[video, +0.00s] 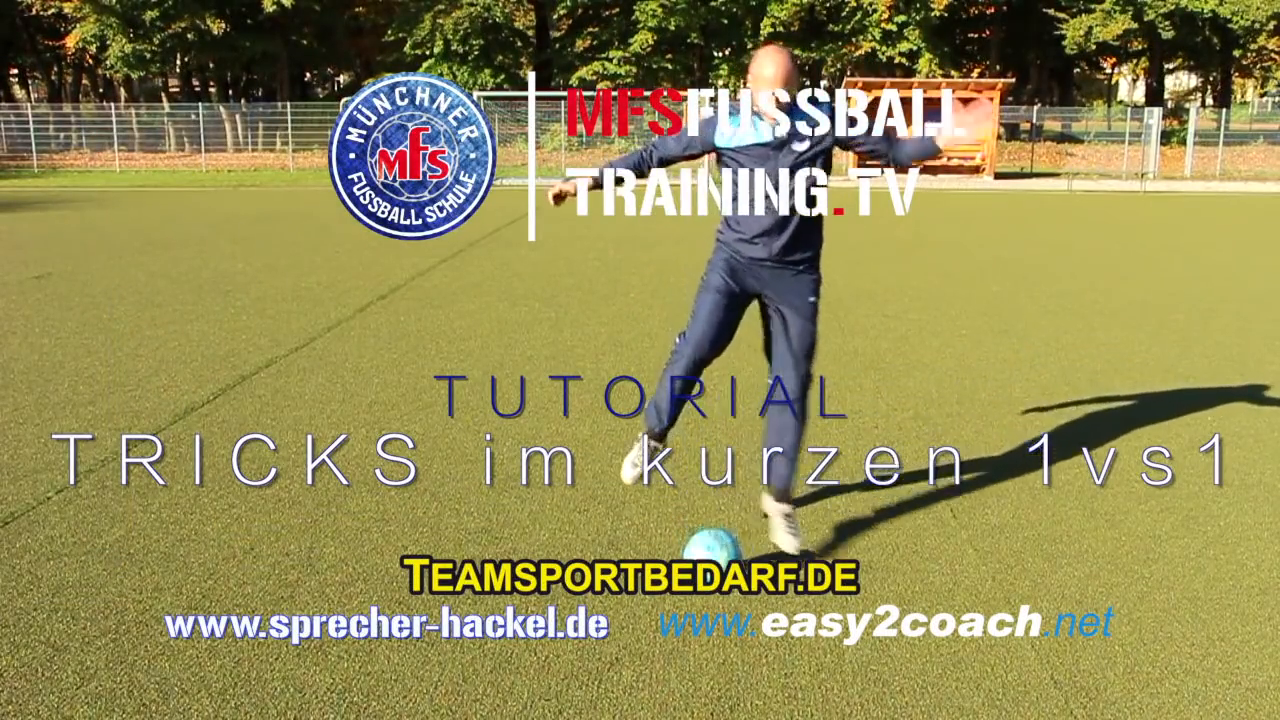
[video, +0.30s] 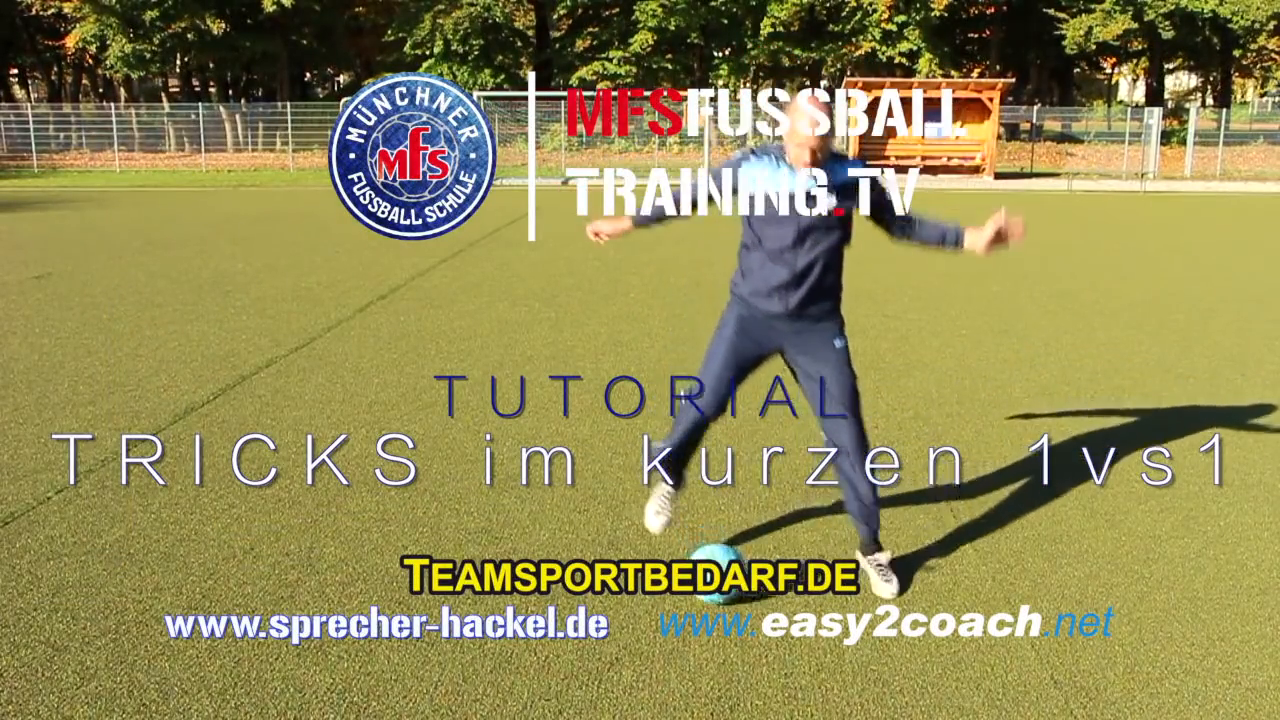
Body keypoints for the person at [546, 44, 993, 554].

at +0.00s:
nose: (772, 101)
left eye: (781, 92)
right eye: (765, 91)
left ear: (794, 88)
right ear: (750, 87)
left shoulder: (823, 121)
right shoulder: (724, 127)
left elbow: (890, 149)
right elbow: (655, 153)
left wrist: (950, 140)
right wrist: (588, 179)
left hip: (795, 271)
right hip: (733, 261)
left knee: (792, 382)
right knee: (694, 352)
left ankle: (779, 497)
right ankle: (653, 436)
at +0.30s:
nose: (818, 120)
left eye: (825, 114)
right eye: (808, 112)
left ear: (831, 127)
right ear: (785, 124)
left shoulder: (852, 176)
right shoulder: (751, 167)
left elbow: (901, 223)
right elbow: (690, 195)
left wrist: (971, 237)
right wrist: (631, 220)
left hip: (817, 324)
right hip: (750, 315)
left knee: (849, 436)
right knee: (703, 405)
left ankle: (872, 549)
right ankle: (667, 479)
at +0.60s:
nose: (821, 239)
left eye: (831, 230)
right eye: (812, 229)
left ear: (843, 220)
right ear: (794, 215)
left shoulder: (854, 267)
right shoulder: (755, 231)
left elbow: (886, 341)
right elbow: (727, 265)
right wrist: (706, 293)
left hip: (815, 378)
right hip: (746, 369)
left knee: (864, 481)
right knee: (719, 464)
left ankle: (875, 558)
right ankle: (737, 553)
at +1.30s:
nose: (571, 149)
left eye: (583, 138)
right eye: (560, 137)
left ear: (604, 136)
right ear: (544, 137)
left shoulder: (651, 198)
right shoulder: (524, 201)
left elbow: (722, 266)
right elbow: (468, 262)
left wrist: (793, 324)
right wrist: (415, 314)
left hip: (625, 389)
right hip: (550, 390)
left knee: (612, 533)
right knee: (549, 531)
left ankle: (593, 661)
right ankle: (610, 564)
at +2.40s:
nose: (302, 157)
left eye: (305, 143)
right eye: (290, 143)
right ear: (243, 133)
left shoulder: (265, 212)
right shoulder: (175, 216)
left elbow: (240, 325)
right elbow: (115, 342)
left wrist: (249, 414)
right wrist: (109, 455)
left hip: (247, 427)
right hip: (187, 436)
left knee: (249, 573)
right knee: (186, 596)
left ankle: (208, 700)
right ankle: (131, 712)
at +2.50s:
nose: (316, 150)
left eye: (319, 137)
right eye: (305, 138)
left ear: (275, 132)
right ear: (261, 129)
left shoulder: (265, 194)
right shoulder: (194, 207)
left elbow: (245, 313)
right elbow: (144, 334)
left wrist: (261, 401)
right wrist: (154, 442)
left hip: (256, 415)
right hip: (212, 425)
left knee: (247, 576)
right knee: (250, 588)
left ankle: (213, 697)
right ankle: (204, 711)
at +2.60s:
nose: (330, 143)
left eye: (331, 130)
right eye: (319, 131)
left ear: (284, 125)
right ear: (275, 123)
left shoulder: (271, 191)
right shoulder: (215, 201)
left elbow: (277, 303)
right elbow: (172, 330)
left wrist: (294, 384)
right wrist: (185, 435)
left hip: (263, 400)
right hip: (226, 410)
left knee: (233, 561)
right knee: (307, 561)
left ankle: (204, 699)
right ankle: (287, 710)